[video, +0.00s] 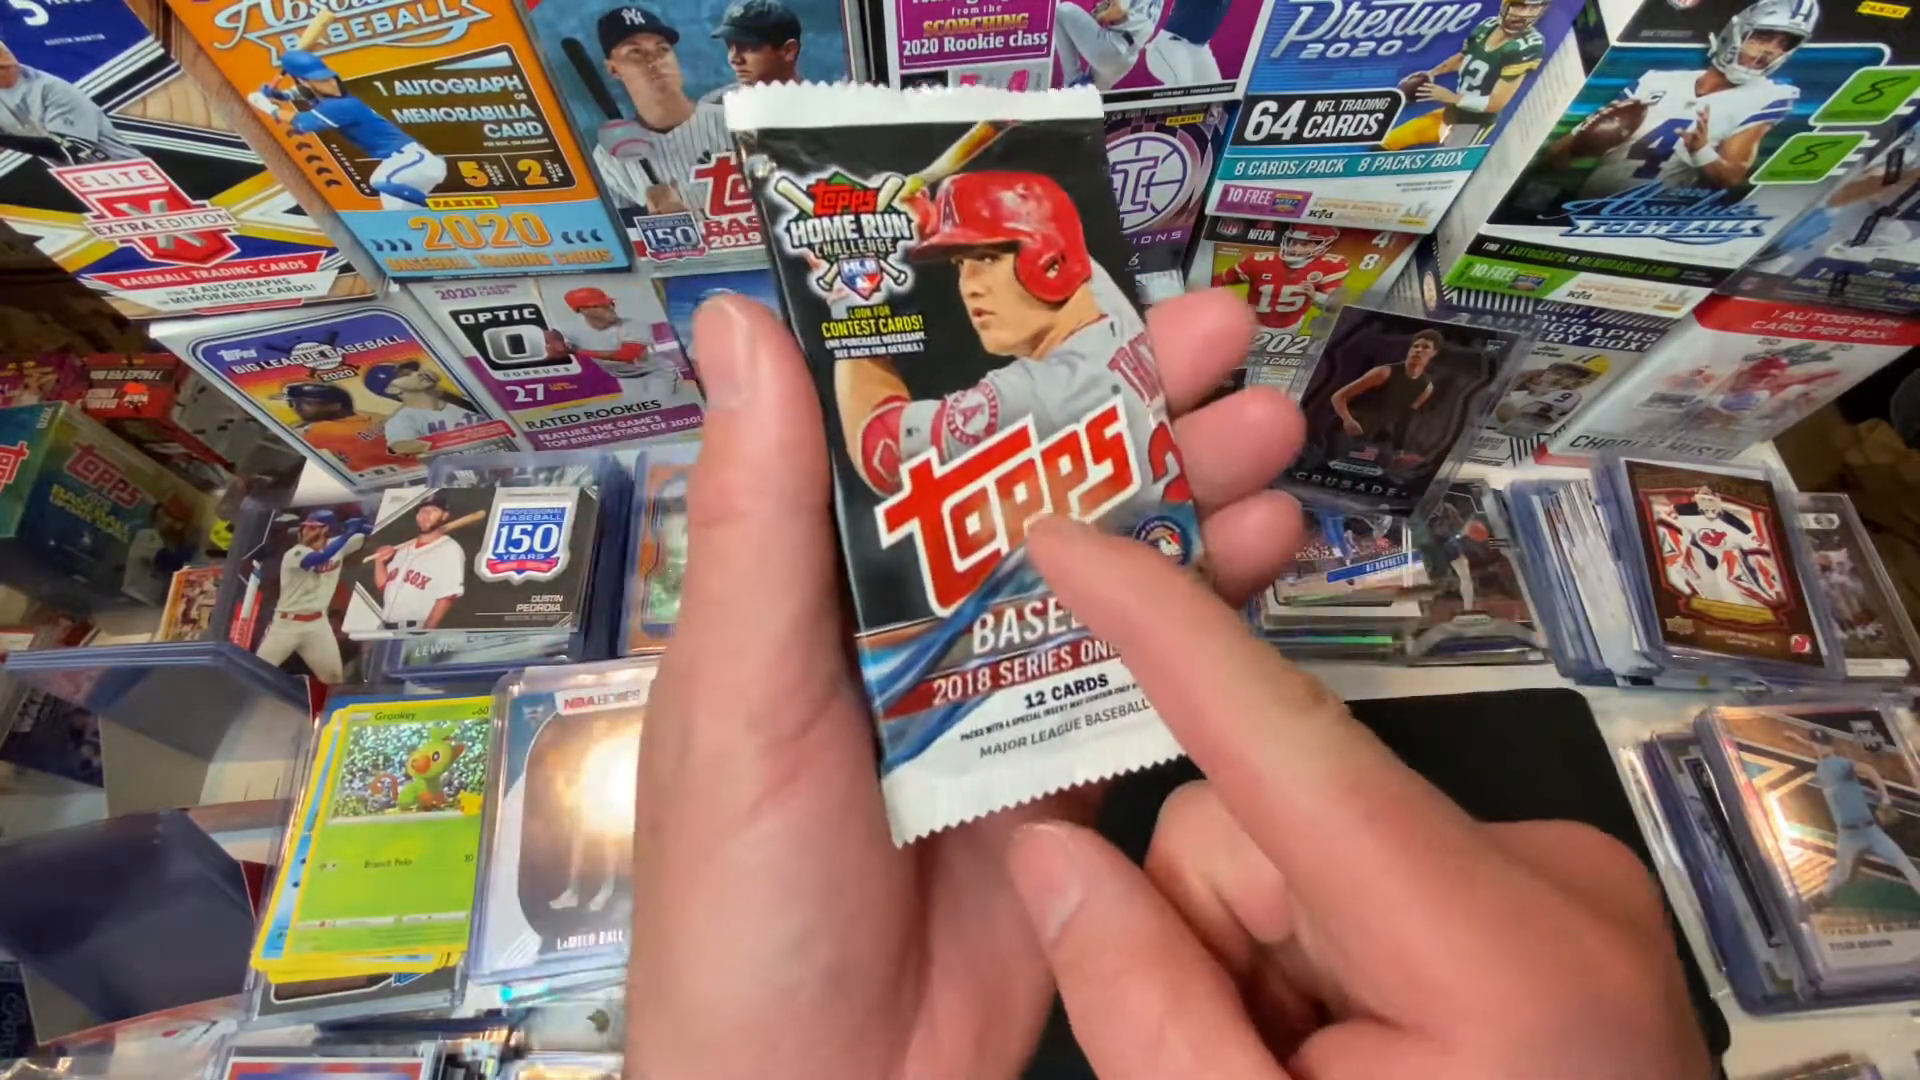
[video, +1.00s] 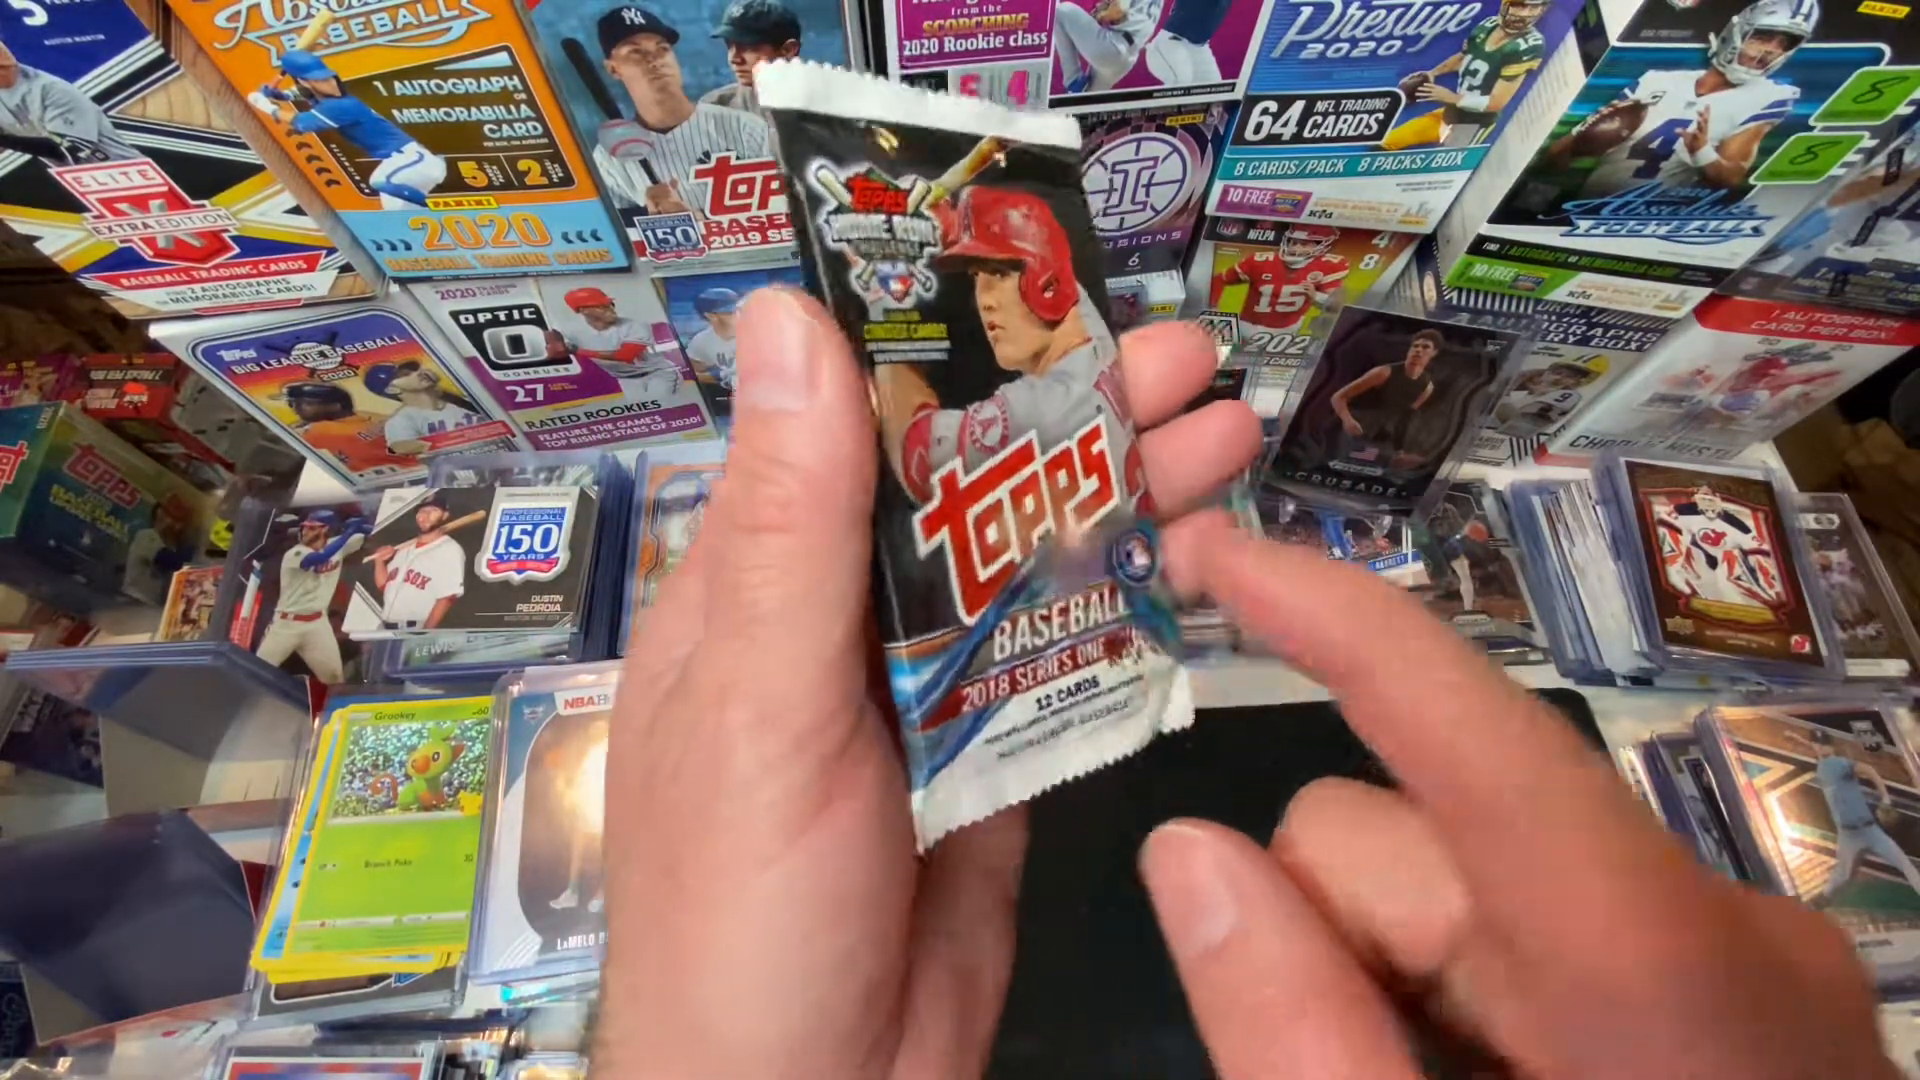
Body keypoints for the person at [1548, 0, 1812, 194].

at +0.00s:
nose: (1770, 51)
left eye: (1783, 45)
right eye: (1763, 37)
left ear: (1788, 56)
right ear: (1737, 33)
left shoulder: (1762, 100)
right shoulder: (1658, 82)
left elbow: (1735, 178)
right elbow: (1557, 156)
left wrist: (1702, 153)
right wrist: (1582, 138)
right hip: (1593, 206)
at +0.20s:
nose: (1770, 52)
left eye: (1783, 45)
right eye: (1763, 37)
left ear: (1789, 56)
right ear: (1736, 34)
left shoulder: (1760, 101)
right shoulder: (1658, 83)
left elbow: (1735, 177)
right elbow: (1555, 156)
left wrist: (1702, 153)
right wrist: (1584, 138)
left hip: (1659, 222)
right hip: (1593, 203)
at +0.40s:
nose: (1769, 51)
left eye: (1783, 45)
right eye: (1763, 37)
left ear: (1789, 56)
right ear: (1737, 33)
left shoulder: (1761, 101)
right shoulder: (1659, 83)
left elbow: (1735, 176)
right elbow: (1555, 157)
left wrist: (1702, 153)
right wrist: (1582, 139)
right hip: (1594, 204)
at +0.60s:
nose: (1770, 51)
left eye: (1783, 45)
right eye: (1763, 37)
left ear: (1789, 56)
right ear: (1737, 33)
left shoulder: (1761, 101)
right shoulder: (1658, 83)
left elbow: (1735, 175)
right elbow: (1558, 155)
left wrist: (1703, 154)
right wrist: (1585, 138)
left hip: (1662, 222)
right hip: (1595, 204)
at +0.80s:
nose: (1770, 51)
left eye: (1783, 45)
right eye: (1764, 37)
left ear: (1789, 56)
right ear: (1738, 33)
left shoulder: (1762, 100)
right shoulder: (1658, 82)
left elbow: (1734, 177)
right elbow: (1555, 156)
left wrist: (1702, 154)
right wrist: (1582, 138)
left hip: (1659, 226)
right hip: (1592, 206)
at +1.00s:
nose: (1770, 51)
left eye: (1783, 45)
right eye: (1763, 37)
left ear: (1788, 56)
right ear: (1737, 33)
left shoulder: (1763, 100)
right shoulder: (1657, 83)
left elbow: (1735, 178)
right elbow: (1554, 156)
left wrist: (1702, 154)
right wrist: (1582, 138)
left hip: (1660, 226)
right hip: (1592, 207)